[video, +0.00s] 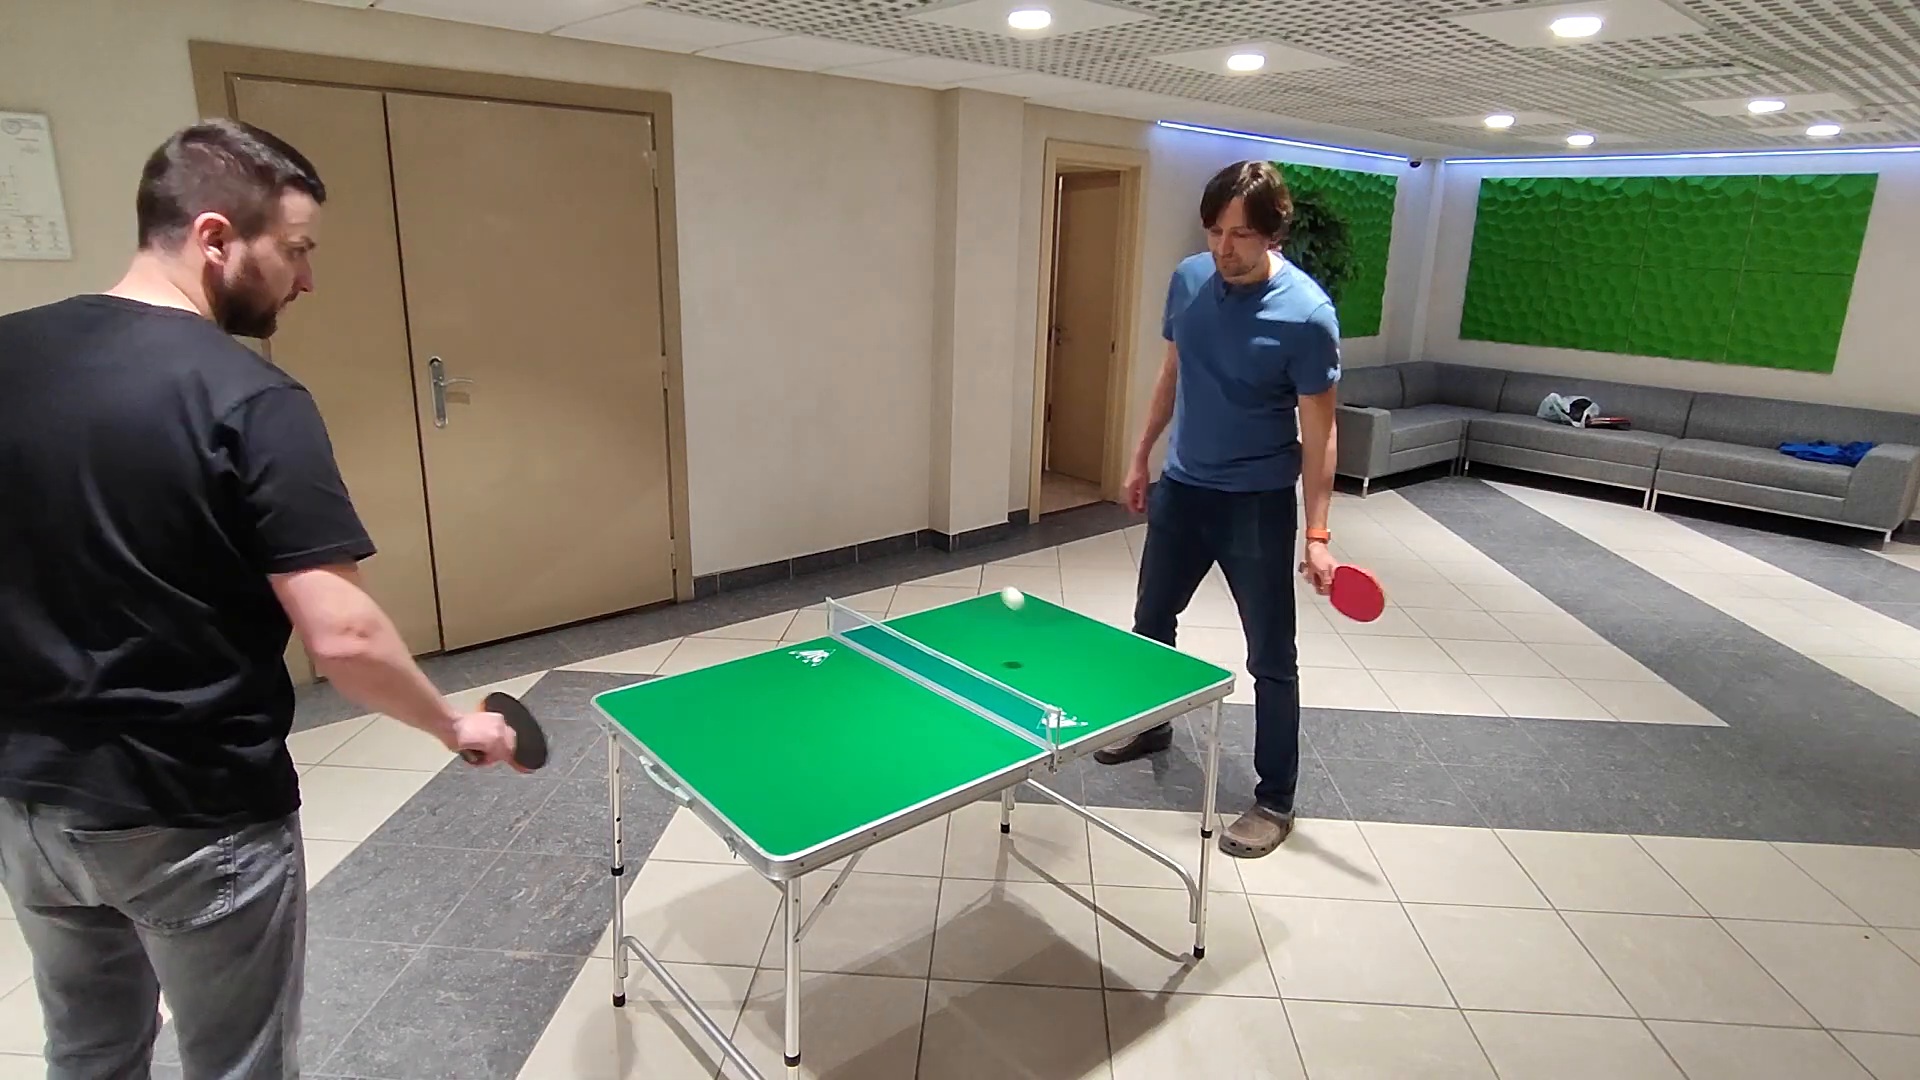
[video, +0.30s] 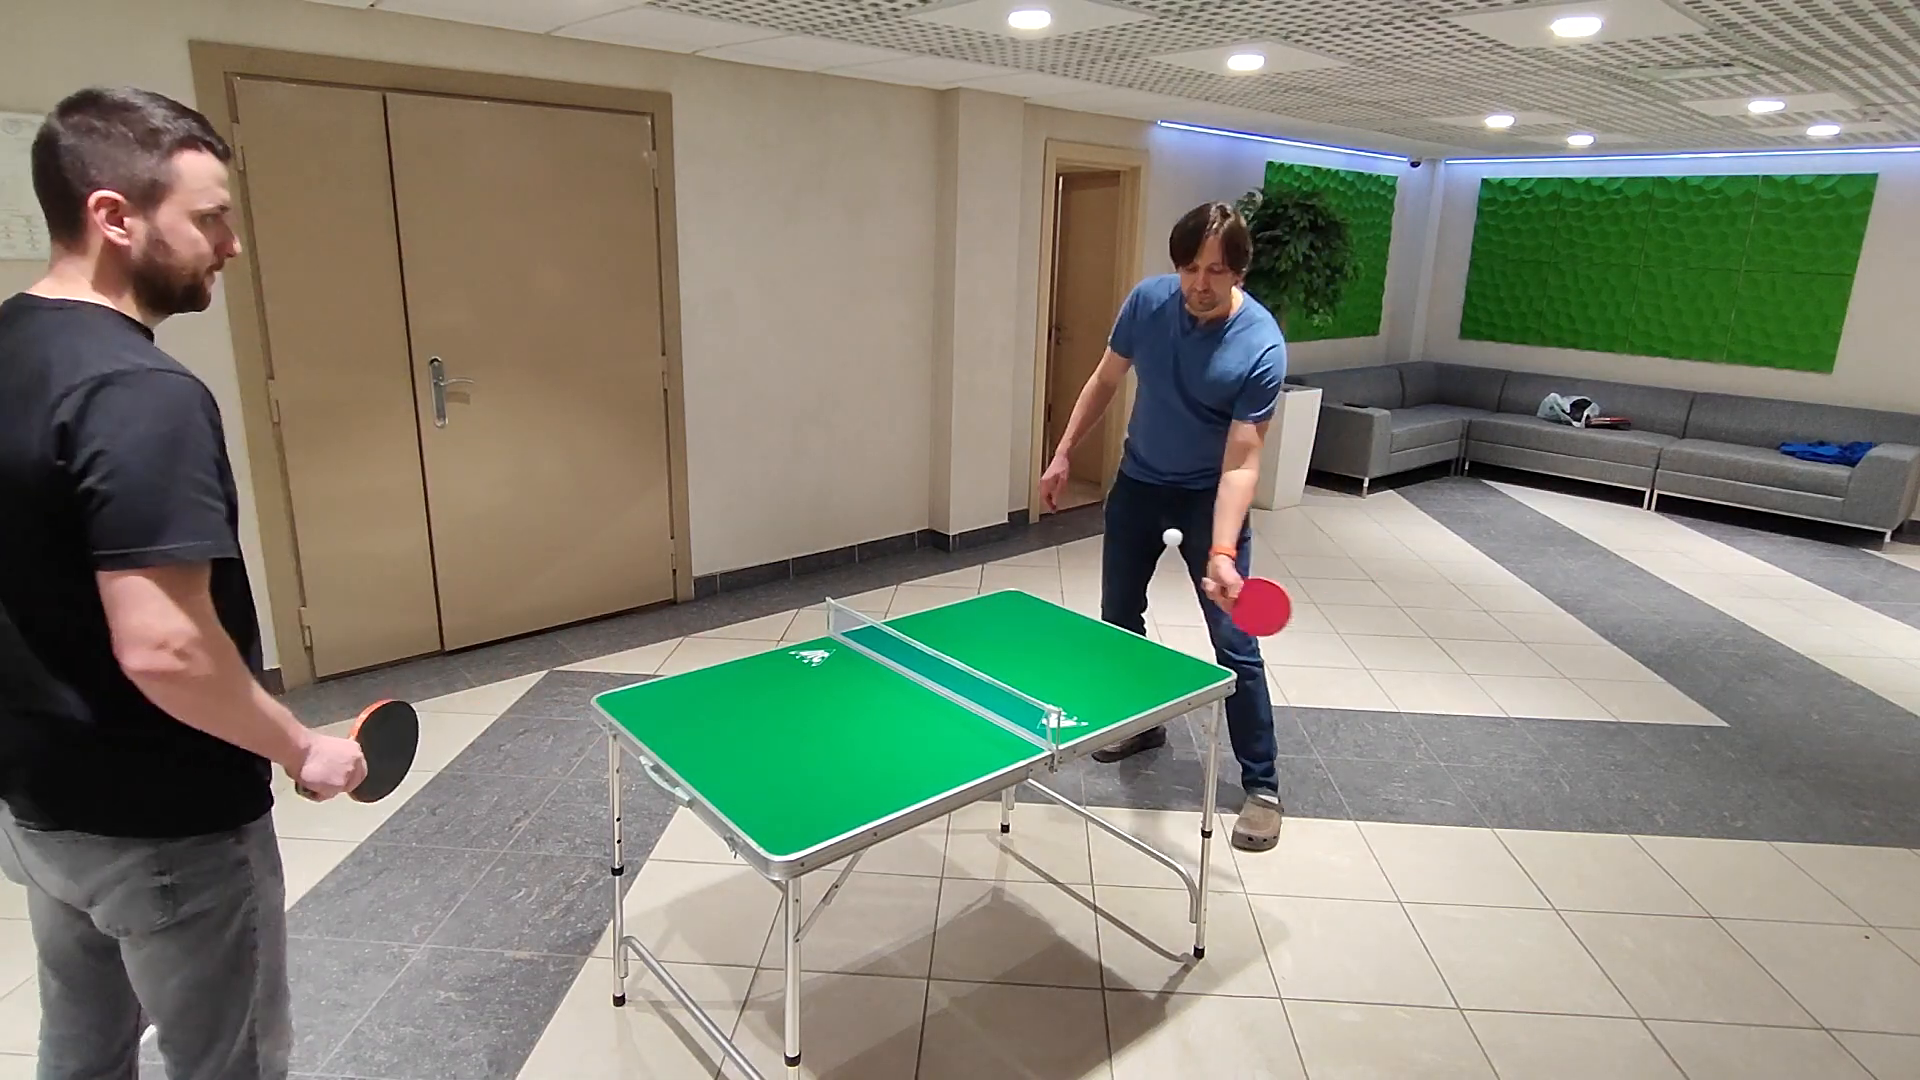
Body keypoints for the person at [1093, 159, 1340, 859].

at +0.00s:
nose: (1225, 247)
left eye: (1241, 235)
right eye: (1216, 232)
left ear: (1275, 233)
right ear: (1206, 226)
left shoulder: (1307, 316)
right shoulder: (1189, 279)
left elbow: (1319, 434)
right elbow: (1173, 371)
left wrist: (1316, 533)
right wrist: (1141, 454)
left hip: (1260, 500)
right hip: (1183, 488)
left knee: (1271, 659)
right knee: (1151, 618)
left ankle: (1273, 803)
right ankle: (1146, 725)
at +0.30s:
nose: (1198, 284)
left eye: (1213, 273)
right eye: (1189, 269)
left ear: (1238, 271)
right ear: (1177, 262)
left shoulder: (1259, 351)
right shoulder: (1150, 301)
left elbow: (1242, 461)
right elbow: (1105, 379)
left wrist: (1222, 551)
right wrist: (1063, 453)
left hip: (1212, 498)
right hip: (1138, 484)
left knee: (1232, 641)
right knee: (1119, 611)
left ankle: (1261, 788)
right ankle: (1139, 720)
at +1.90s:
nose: (1216, 225)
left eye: (1231, 213)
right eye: (1208, 213)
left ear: (1263, 214)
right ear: (1198, 213)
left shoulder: (1307, 290)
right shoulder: (1175, 284)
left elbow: (1320, 401)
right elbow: (1147, 379)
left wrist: (1300, 487)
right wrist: (1108, 463)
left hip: (1261, 484)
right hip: (1178, 479)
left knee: (1252, 643)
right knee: (1159, 615)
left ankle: (1234, 763)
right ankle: (1140, 721)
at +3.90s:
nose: (1269, 227)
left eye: (1284, 216)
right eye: (1263, 213)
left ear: (1321, 219)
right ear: (1258, 213)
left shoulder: (1363, 287)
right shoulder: (1234, 285)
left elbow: (1378, 393)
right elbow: (1177, 384)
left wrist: (1380, 489)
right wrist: (1118, 454)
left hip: (1316, 489)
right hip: (1232, 480)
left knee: (1291, 641)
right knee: (1191, 627)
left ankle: (1264, 762)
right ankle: (1183, 729)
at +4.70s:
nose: (1209, 226)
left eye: (1223, 212)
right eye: (1196, 211)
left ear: (1246, 212)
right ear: (1179, 209)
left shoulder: (1278, 276)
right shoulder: (1151, 289)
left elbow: (1311, 369)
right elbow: (1127, 399)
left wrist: (1319, 415)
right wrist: (1171, 450)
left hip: (1250, 485)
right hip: (1168, 487)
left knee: (1263, 635)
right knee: (1158, 633)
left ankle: (1262, 764)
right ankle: (1152, 761)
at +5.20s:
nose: (1250, 219)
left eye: (1258, 205)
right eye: (1238, 206)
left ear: (1264, 207)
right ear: (1199, 206)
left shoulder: (1277, 289)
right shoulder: (1147, 282)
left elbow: (1286, 396)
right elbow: (1110, 383)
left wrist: (1304, 452)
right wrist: (1147, 420)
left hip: (1235, 487)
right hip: (1154, 486)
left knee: (1253, 642)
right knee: (1148, 634)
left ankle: (1253, 766)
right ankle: (1149, 763)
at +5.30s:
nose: (1245, 220)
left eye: (1254, 206)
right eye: (1232, 207)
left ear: (1264, 207)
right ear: (1201, 208)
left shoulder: (1285, 291)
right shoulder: (1153, 279)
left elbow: (1275, 407)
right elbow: (1115, 377)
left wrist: (1235, 485)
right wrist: (1140, 424)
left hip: (1240, 485)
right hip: (1157, 483)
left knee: (1256, 640)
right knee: (1149, 628)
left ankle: (1253, 766)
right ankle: (1150, 761)